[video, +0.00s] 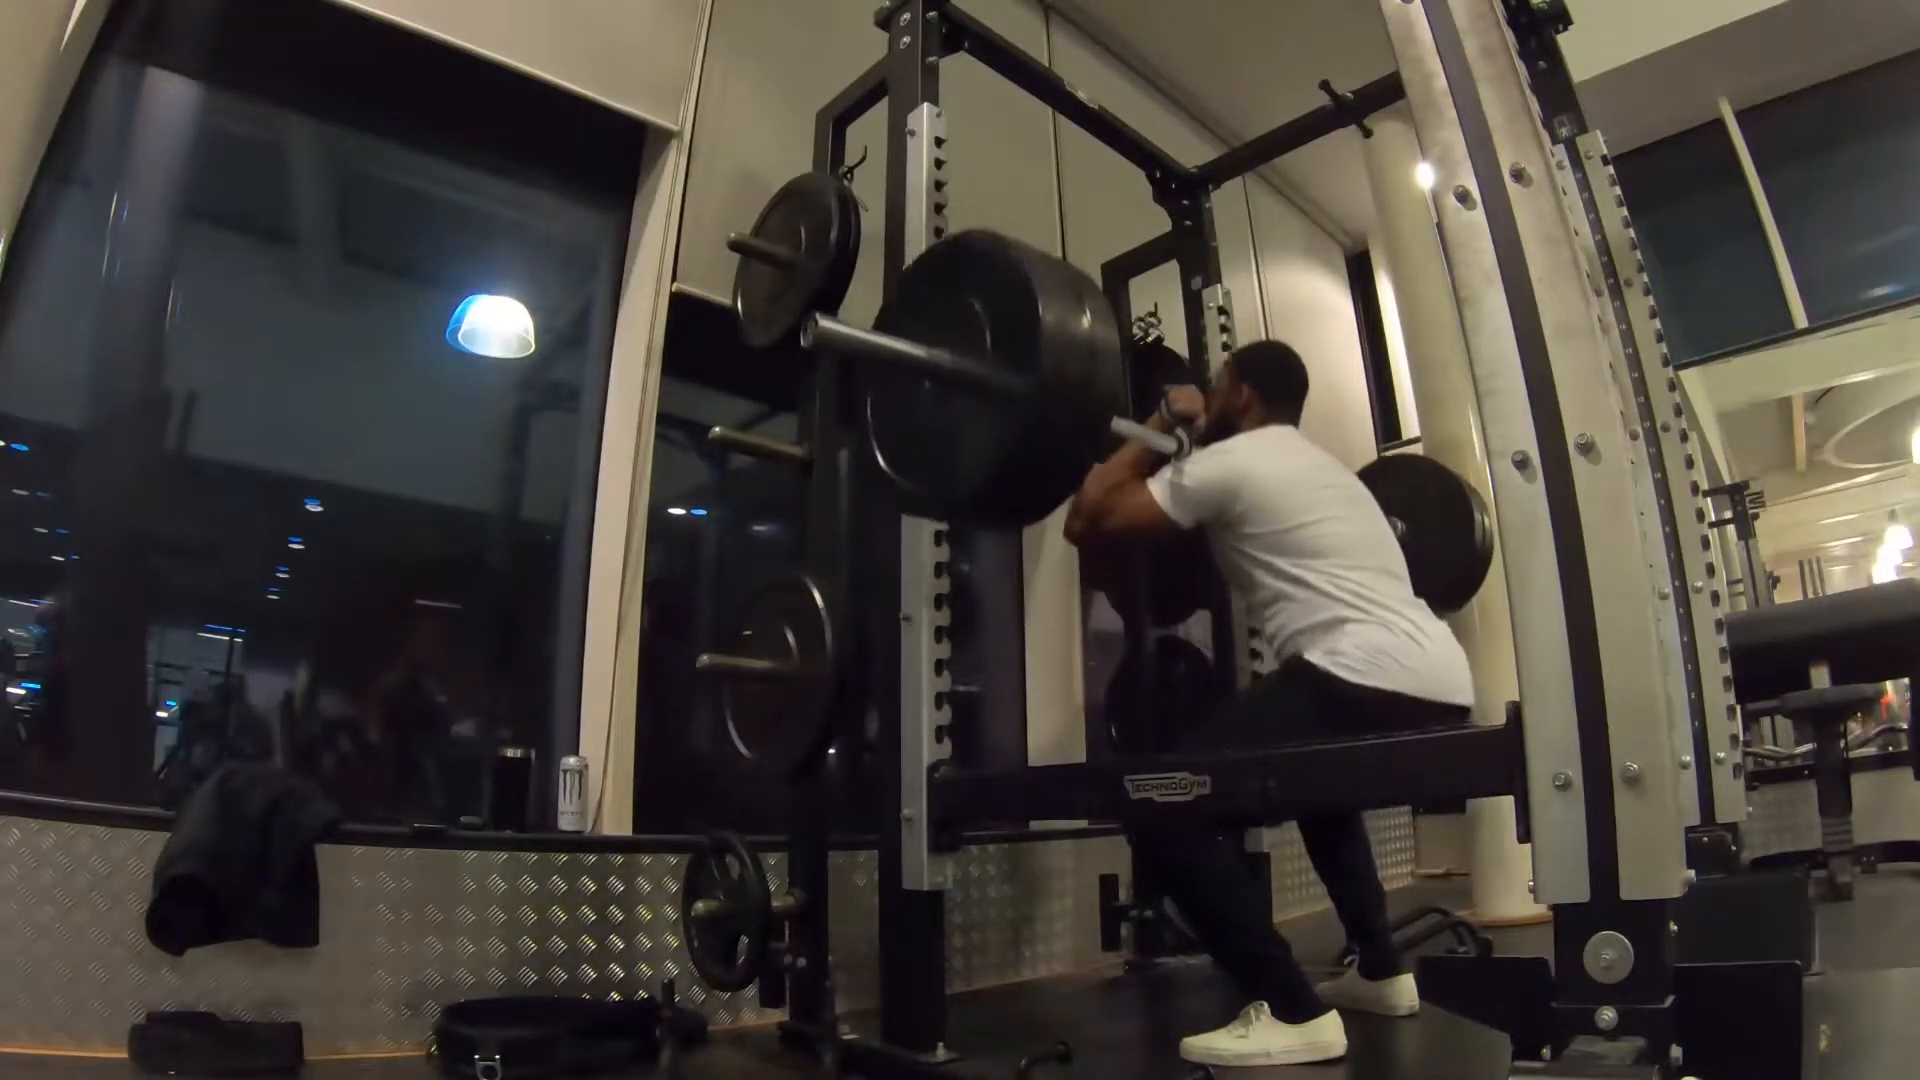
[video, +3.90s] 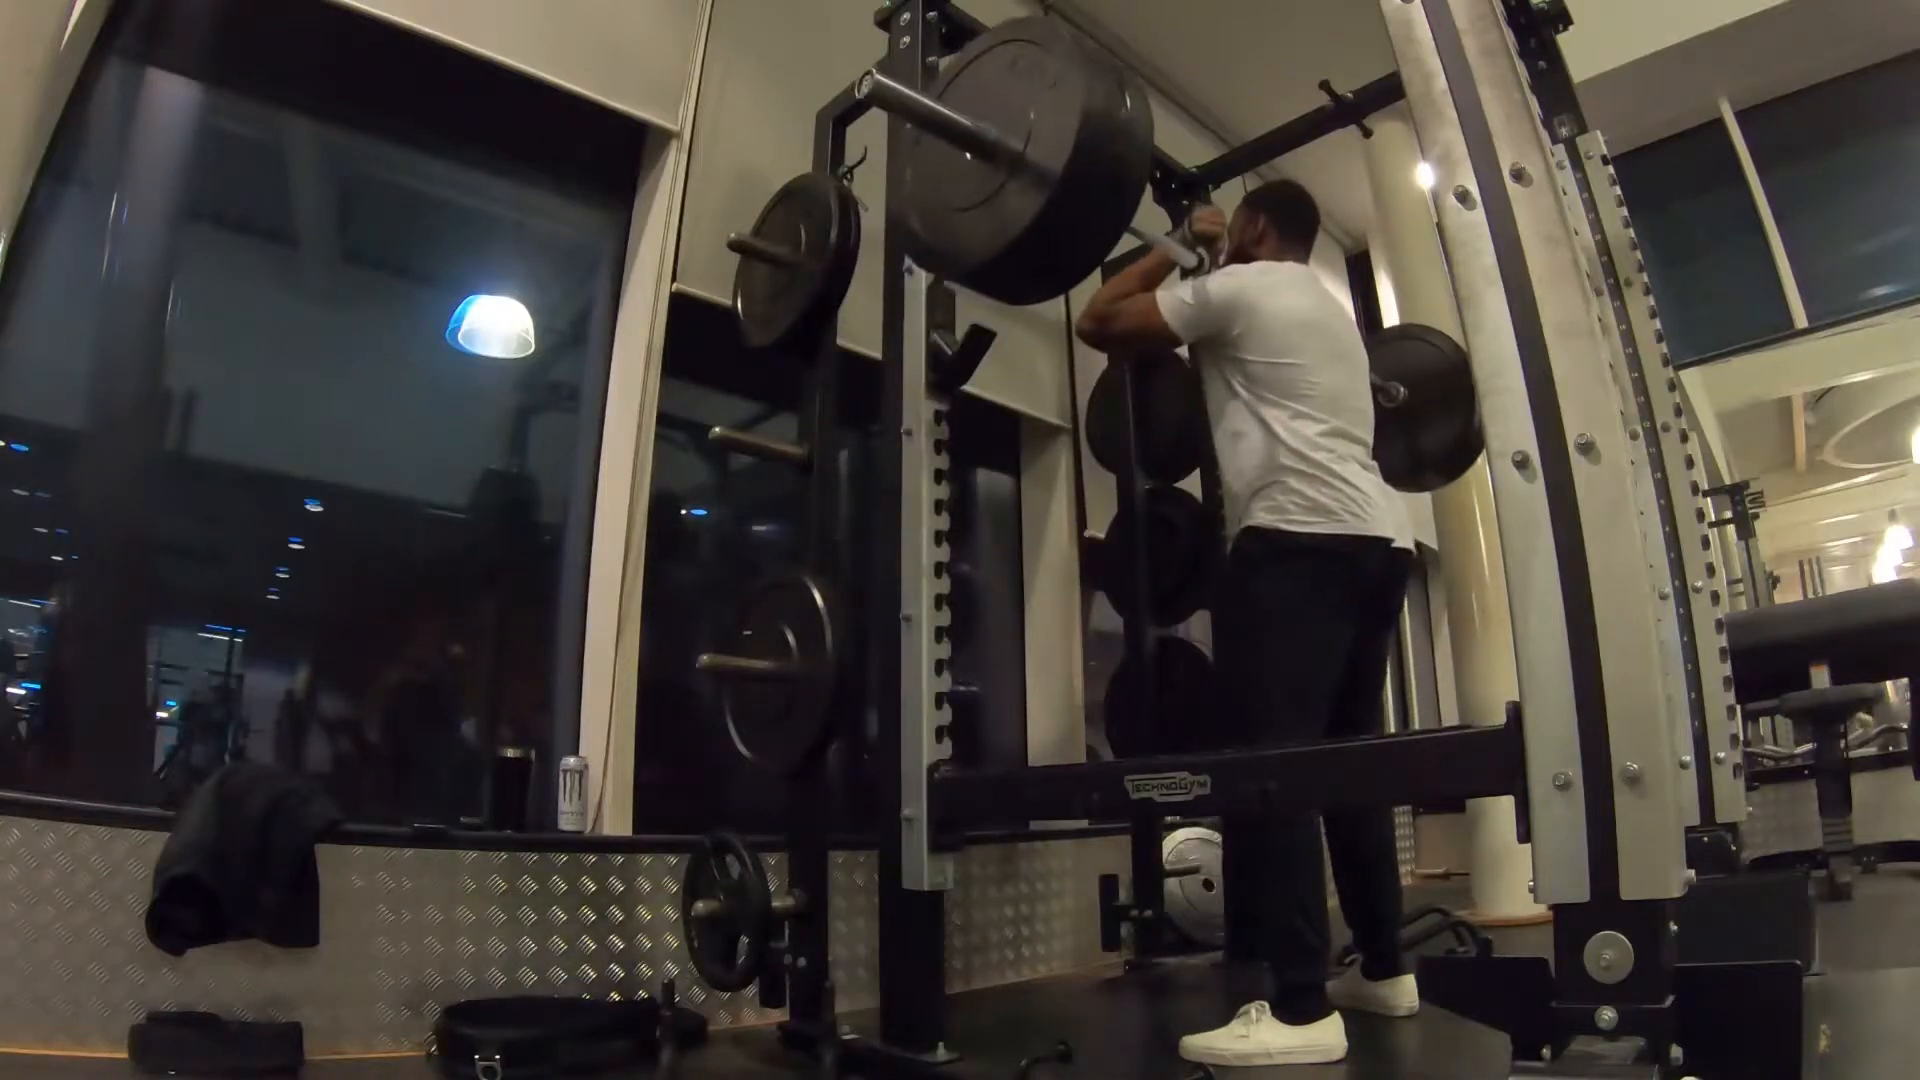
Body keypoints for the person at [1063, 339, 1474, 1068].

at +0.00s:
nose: (1212, 401)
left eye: (1219, 389)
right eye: (1215, 388)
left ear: (1243, 395)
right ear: (1290, 402)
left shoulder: (1232, 464)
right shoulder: (1325, 464)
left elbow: (1089, 514)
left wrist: (1153, 434)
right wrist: (1200, 431)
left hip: (1352, 681)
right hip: (1443, 692)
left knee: (1167, 800)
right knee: (1315, 782)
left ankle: (1291, 1012)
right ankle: (1383, 970)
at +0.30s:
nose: (1204, 306)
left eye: (1212, 293)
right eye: (1209, 294)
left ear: (1235, 296)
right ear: (1281, 306)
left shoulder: (1227, 364)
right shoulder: (1311, 374)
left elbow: (1091, 407)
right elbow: (1167, 457)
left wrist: (1156, 333)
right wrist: (1166, 350)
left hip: (1310, 596)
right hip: (1398, 599)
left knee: (1192, 785)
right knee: (1325, 773)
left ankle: (1291, 1010)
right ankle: (1383, 970)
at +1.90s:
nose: (1218, 416)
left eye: (1226, 405)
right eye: (1220, 405)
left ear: (1252, 412)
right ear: (1297, 417)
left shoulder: (1247, 482)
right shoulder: (1337, 478)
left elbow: (1105, 525)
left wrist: (1169, 446)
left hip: (1374, 698)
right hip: (1462, 705)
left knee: (1177, 796)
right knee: (1315, 784)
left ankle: (1294, 1013)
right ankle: (1382, 970)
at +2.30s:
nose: (1223, 516)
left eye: (1229, 505)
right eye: (1225, 506)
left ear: (1256, 512)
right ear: (1311, 513)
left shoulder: (1251, 590)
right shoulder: (1339, 575)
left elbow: (1125, 642)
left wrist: (1178, 546)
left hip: (1381, 838)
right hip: (1458, 838)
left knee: (1156, 825)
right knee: (1308, 784)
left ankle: (1291, 1012)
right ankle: (1381, 971)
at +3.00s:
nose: (1221, 436)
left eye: (1229, 425)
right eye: (1225, 425)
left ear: (1251, 433)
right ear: (1299, 439)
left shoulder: (1249, 506)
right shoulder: (1332, 497)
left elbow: (1114, 558)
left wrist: (1168, 467)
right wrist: (1219, 478)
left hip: (1379, 720)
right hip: (1462, 721)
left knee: (1176, 804)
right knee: (1305, 783)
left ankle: (1293, 1013)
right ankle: (1381, 969)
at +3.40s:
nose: (1221, 328)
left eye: (1230, 314)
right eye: (1224, 315)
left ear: (1256, 320)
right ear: (1299, 328)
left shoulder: (1250, 388)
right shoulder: (1333, 394)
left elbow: (1106, 441)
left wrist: (1175, 359)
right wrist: (1209, 359)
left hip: (1344, 625)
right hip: (1426, 635)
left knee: (1182, 783)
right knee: (1322, 771)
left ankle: (1293, 1011)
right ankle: (1382, 970)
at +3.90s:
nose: (1231, 239)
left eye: (1237, 228)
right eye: (1234, 230)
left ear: (1255, 229)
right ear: (1308, 239)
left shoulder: (1238, 294)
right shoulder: (1332, 307)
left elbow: (1099, 318)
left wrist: (1172, 249)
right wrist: (1208, 262)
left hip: (1291, 541)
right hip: (1377, 543)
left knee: (1270, 768)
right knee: (1350, 759)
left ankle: (1296, 1009)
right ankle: (1385, 971)